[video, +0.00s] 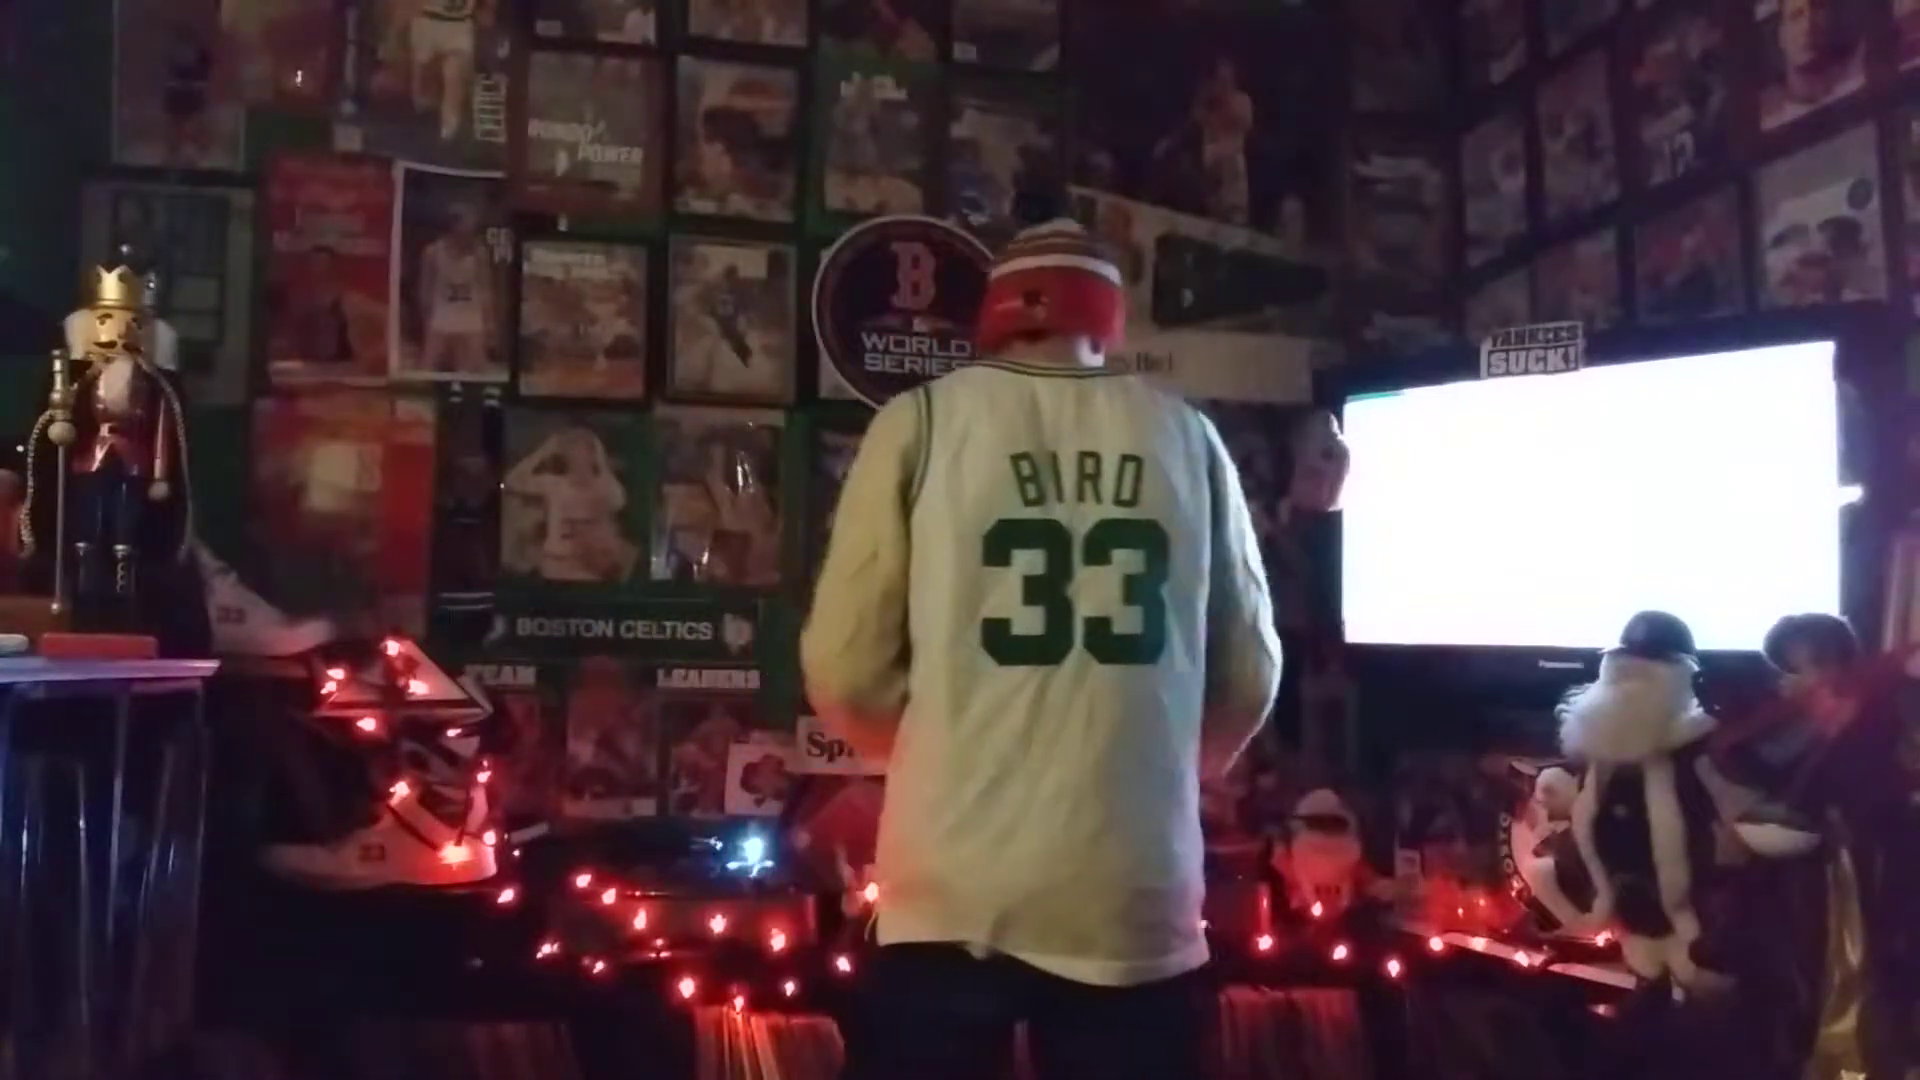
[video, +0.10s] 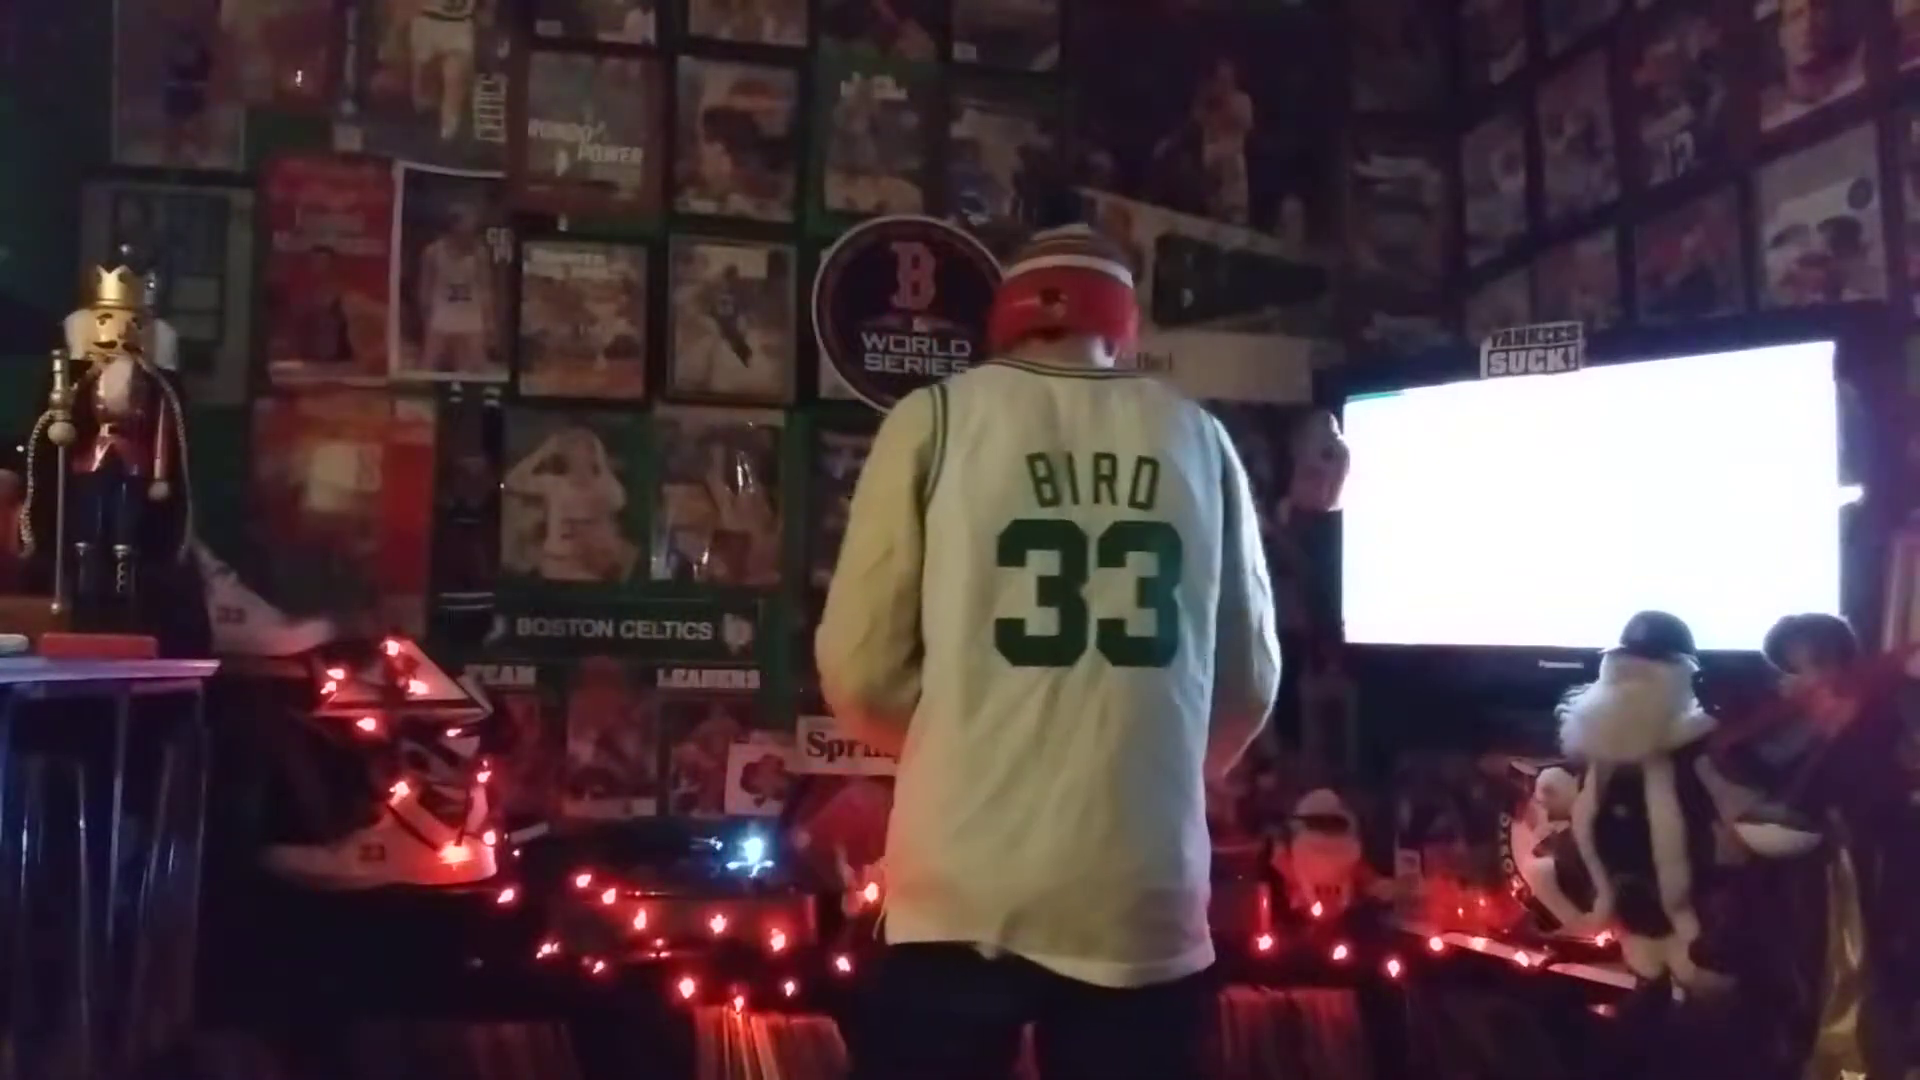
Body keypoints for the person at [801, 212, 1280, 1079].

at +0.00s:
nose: (987, 323)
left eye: (990, 307)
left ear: (996, 314)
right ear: (1112, 327)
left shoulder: (919, 421)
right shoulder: (1191, 437)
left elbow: (844, 667)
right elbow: (1249, 675)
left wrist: (943, 753)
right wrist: (1157, 779)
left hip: (946, 893)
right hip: (1136, 901)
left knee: (924, 1063)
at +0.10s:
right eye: (1132, 328)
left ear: (1004, 321)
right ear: (1125, 333)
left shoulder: (933, 417)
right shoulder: (1203, 438)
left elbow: (859, 669)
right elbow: (1249, 684)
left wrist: (968, 745)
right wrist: (1156, 787)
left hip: (956, 891)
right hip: (1145, 902)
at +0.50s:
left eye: (1004, 343)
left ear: (1011, 341)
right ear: (1134, 360)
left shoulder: (961, 411)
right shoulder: (1213, 455)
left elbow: (876, 661)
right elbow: (1216, 688)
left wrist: (950, 766)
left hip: (975, 884)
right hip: (1156, 903)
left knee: (933, 1061)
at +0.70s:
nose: (969, 366)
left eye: (974, 355)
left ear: (986, 350)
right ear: (1104, 370)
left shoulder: (946, 408)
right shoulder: (1187, 454)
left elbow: (866, 661)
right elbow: (1186, 653)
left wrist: (928, 765)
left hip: (976, 892)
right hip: (1153, 909)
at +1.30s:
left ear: (862, 348)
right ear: (995, 351)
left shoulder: (817, 422)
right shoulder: (1077, 448)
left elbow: (749, 672)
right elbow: (1101, 662)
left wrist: (858, 765)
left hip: (879, 877)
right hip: (1068, 884)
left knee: (869, 1060)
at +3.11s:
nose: (943, 333)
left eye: (952, 314)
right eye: (950, 313)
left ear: (973, 318)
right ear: (1083, 336)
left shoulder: (883, 425)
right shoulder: (1151, 443)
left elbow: (802, 664)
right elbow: (1197, 676)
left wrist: (840, 821)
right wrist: (1122, 792)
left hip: (931, 880)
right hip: (1118, 888)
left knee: (915, 1064)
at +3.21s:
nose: (963, 334)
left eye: (972, 315)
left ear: (994, 318)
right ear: (1100, 334)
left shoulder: (907, 422)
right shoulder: (1171, 448)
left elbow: (830, 666)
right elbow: (1229, 692)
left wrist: (849, 816)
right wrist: (1162, 804)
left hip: (946, 880)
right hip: (1132, 890)